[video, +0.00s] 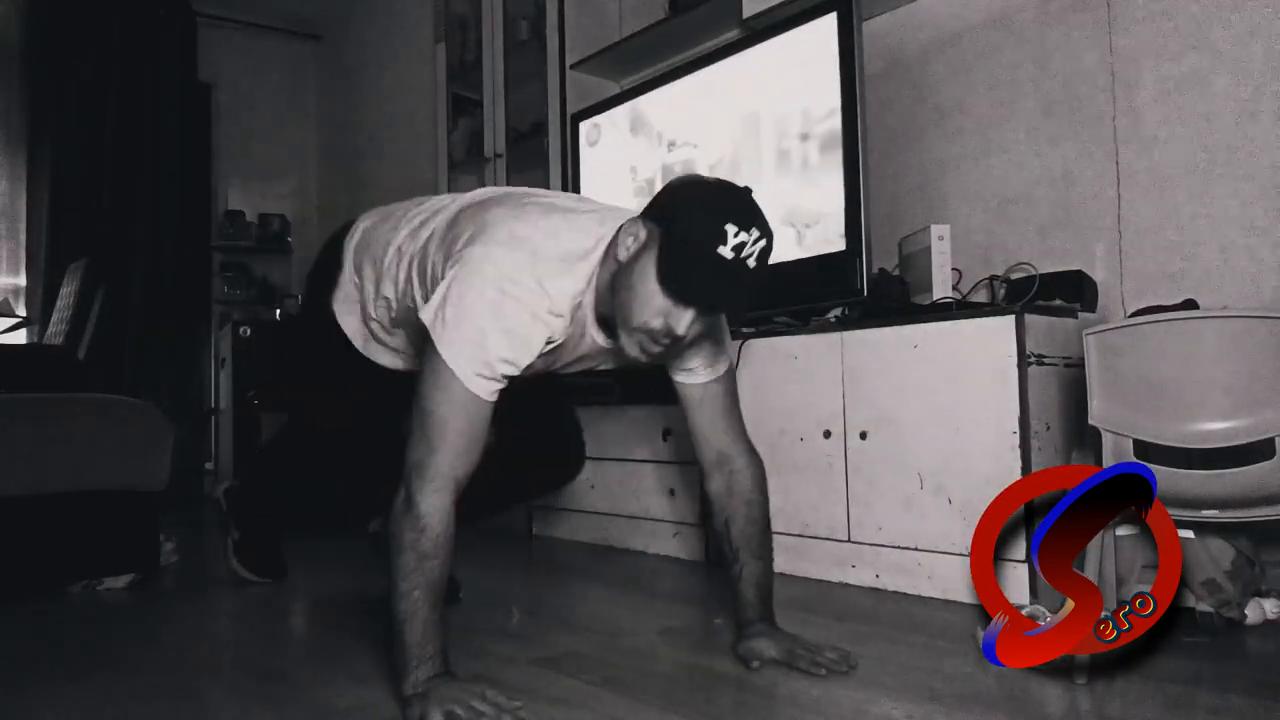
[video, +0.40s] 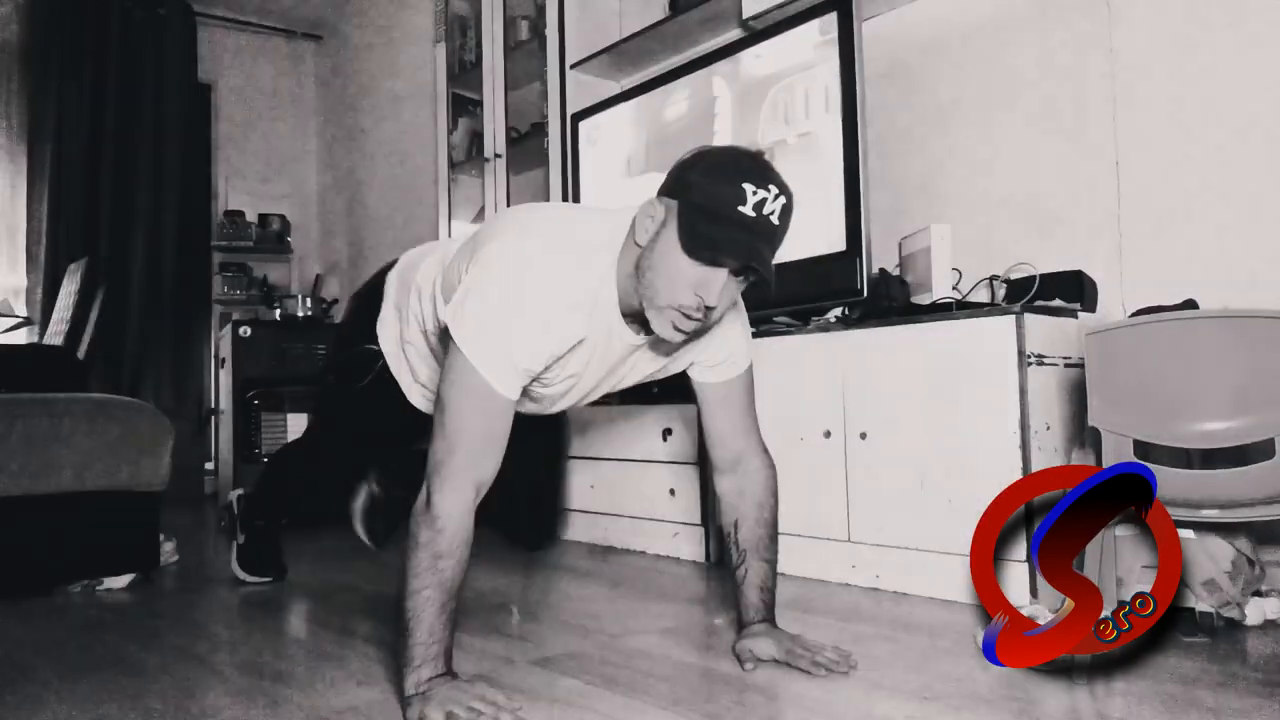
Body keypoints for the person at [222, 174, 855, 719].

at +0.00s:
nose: (678, 331)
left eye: (701, 315)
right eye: (672, 297)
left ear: (725, 312)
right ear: (632, 242)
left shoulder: (694, 317)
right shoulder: (507, 279)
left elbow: (730, 465)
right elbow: (426, 492)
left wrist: (758, 625)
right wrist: (424, 682)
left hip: (480, 314)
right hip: (364, 293)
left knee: (549, 451)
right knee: (352, 492)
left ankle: (418, 529)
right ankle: (258, 504)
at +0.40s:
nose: (714, 295)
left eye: (738, 277)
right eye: (706, 258)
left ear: (749, 280)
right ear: (654, 223)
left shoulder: (712, 313)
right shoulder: (525, 272)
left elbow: (739, 465)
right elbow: (448, 493)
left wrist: (758, 625)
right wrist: (427, 678)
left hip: (520, 382)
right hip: (406, 342)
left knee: (531, 526)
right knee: (328, 471)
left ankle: (400, 489)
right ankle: (254, 511)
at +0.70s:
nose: (681, 268)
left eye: (709, 247)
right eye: (670, 229)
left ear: (726, 255)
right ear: (624, 204)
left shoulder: (700, 312)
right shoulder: (509, 259)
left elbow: (732, 463)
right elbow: (451, 477)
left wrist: (757, 622)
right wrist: (436, 677)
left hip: (487, 433)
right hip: (403, 379)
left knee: (381, 498)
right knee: (323, 462)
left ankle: (321, 510)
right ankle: (255, 509)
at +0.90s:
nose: (704, 281)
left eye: (729, 257)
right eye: (690, 240)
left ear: (743, 258)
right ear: (639, 215)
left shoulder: (705, 316)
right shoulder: (516, 271)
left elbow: (734, 467)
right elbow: (460, 504)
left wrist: (758, 623)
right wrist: (451, 700)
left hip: (475, 433)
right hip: (387, 387)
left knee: (380, 500)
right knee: (318, 474)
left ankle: (322, 516)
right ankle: (256, 513)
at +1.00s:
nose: (713, 276)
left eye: (738, 251)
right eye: (699, 235)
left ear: (750, 250)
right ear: (644, 208)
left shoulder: (708, 316)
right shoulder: (518, 262)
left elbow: (736, 470)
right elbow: (462, 503)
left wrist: (758, 624)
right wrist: (451, 701)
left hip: (464, 450)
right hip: (378, 387)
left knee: (368, 498)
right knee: (315, 473)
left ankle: (318, 520)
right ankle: (256, 517)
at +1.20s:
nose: (698, 273)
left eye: (724, 248)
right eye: (681, 233)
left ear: (740, 245)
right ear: (626, 205)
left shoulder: (706, 307)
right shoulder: (510, 265)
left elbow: (731, 466)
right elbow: (459, 505)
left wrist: (752, 620)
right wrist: (450, 703)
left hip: (453, 434)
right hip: (364, 399)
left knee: (356, 494)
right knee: (309, 486)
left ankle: (299, 528)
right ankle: (244, 517)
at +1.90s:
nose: (733, 287)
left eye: (754, 264)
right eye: (722, 251)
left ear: (770, 255)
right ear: (661, 214)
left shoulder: (720, 317)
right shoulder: (535, 259)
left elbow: (744, 466)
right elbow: (469, 502)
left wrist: (762, 621)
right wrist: (451, 702)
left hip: (474, 433)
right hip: (390, 385)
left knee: (382, 493)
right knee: (323, 482)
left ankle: (321, 520)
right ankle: (257, 511)